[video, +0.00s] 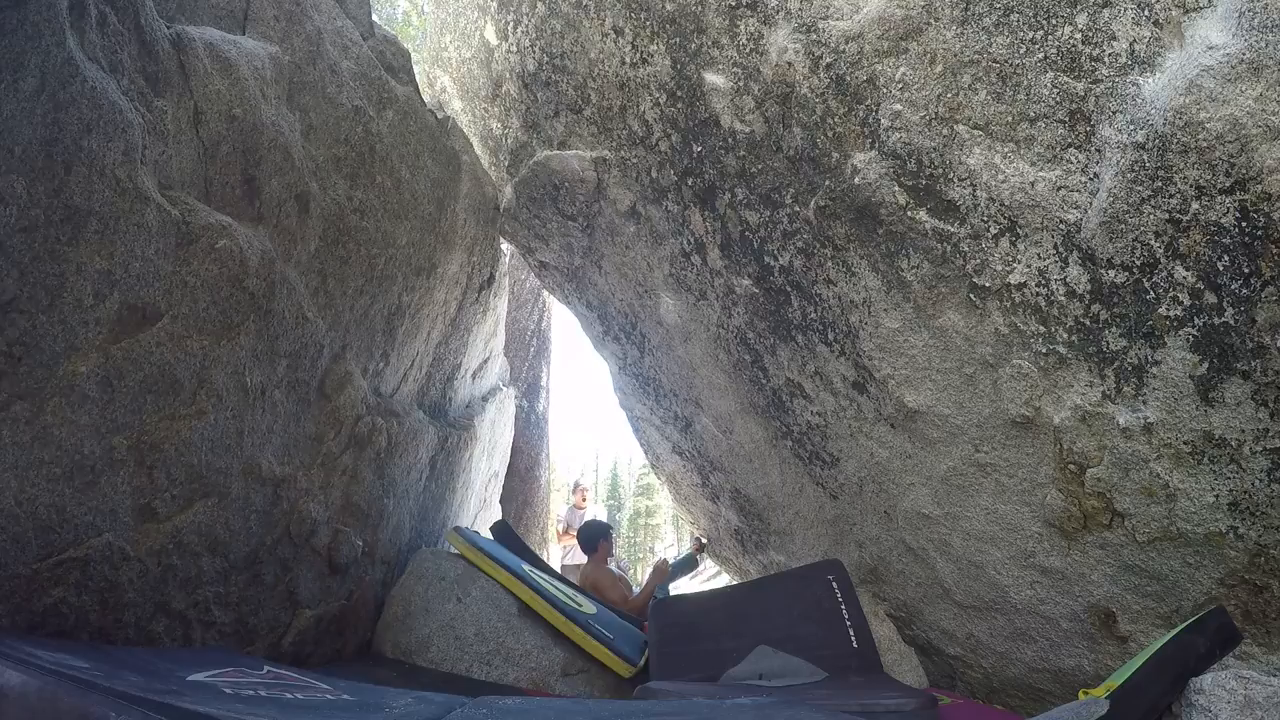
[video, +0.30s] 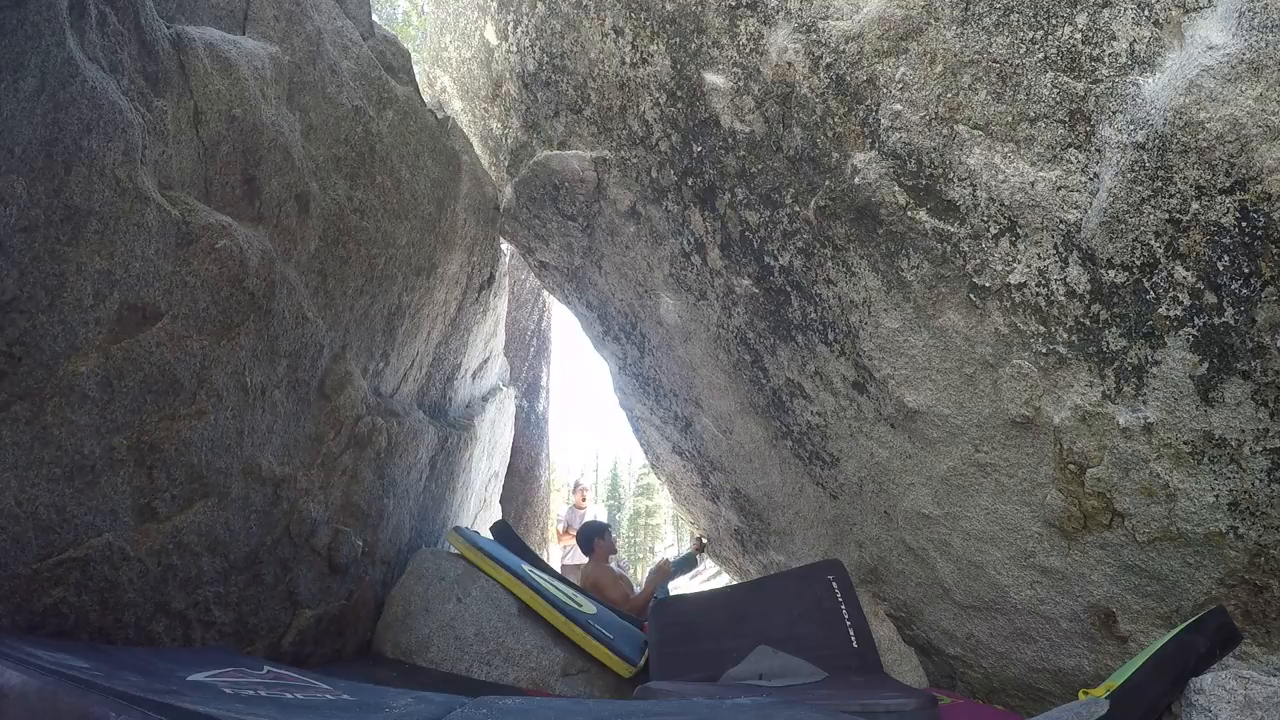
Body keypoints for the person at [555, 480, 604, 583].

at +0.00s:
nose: (584, 494)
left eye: (587, 490)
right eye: (580, 490)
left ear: (591, 493)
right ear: (573, 493)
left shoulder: (596, 512)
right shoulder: (565, 512)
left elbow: (596, 537)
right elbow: (561, 540)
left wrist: (570, 531)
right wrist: (585, 536)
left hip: (590, 563)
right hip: (569, 563)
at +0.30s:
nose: (584, 494)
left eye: (587, 490)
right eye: (580, 490)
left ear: (591, 493)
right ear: (573, 493)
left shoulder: (597, 512)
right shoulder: (564, 512)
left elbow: (597, 538)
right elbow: (561, 540)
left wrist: (571, 531)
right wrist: (584, 536)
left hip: (590, 563)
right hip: (569, 563)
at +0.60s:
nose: (584, 494)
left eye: (587, 490)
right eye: (581, 490)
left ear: (592, 494)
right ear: (574, 493)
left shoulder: (598, 512)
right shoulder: (564, 512)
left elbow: (597, 536)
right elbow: (561, 540)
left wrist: (570, 531)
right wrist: (586, 536)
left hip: (591, 563)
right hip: (569, 563)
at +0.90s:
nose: (585, 494)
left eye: (587, 490)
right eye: (581, 490)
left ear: (591, 494)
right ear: (574, 494)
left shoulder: (599, 512)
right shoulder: (564, 513)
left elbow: (599, 538)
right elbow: (561, 541)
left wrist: (573, 532)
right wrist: (586, 538)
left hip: (590, 565)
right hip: (569, 566)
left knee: (593, 604)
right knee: (569, 604)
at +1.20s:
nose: (584, 494)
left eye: (587, 490)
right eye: (581, 490)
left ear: (591, 493)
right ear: (573, 493)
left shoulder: (598, 512)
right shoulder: (564, 513)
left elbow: (599, 539)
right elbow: (561, 541)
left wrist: (572, 532)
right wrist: (586, 537)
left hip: (590, 565)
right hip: (567, 566)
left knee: (592, 605)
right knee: (568, 606)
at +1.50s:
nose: (582, 493)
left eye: (586, 490)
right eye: (579, 490)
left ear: (591, 492)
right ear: (573, 493)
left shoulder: (599, 513)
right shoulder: (564, 513)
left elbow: (599, 538)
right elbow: (561, 541)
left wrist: (572, 532)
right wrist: (586, 537)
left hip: (590, 565)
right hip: (568, 566)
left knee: (592, 604)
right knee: (568, 604)